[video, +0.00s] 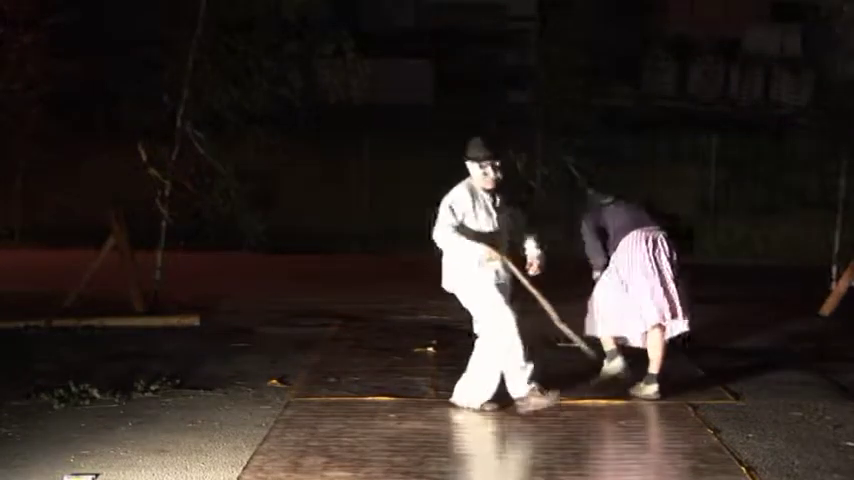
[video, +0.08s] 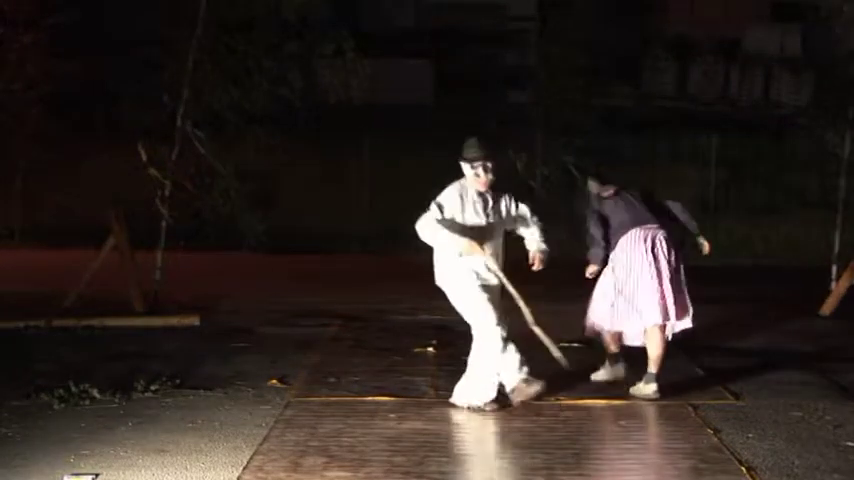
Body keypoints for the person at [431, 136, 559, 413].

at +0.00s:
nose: (491, 175)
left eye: (496, 167)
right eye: (484, 169)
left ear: (502, 168)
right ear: (470, 169)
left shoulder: (503, 197)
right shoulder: (458, 198)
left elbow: (521, 226)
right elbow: (442, 234)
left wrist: (532, 249)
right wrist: (480, 251)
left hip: (499, 273)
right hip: (467, 276)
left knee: (493, 331)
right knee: (503, 322)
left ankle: (469, 395)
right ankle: (525, 391)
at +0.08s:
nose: (484, 177)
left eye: (488, 170)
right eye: (477, 172)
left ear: (494, 169)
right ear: (466, 170)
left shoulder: (501, 201)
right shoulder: (454, 195)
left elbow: (527, 221)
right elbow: (425, 226)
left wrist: (536, 247)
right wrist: (461, 244)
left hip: (490, 274)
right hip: (457, 274)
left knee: (491, 329)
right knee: (487, 323)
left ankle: (472, 393)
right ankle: (517, 382)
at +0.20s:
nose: (468, 168)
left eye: (473, 162)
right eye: (461, 163)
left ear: (481, 162)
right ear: (453, 162)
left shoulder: (496, 188)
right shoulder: (441, 186)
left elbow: (529, 203)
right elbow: (403, 206)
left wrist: (543, 233)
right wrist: (433, 237)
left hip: (479, 268)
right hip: (445, 265)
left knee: (479, 323)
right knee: (461, 316)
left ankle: (467, 391)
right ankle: (479, 374)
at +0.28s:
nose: (460, 164)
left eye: (465, 158)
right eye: (453, 159)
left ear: (473, 157)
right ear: (444, 157)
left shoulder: (490, 182)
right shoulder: (429, 181)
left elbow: (523, 195)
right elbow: (389, 199)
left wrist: (538, 230)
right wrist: (410, 230)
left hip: (473, 267)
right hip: (439, 264)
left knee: (466, 328)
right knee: (442, 321)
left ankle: (468, 390)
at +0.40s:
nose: (449, 169)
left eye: (455, 163)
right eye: (443, 163)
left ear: (463, 163)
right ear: (433, 162)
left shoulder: (480, 190)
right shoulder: (415, 190)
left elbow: (513, 207)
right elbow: (372, 206)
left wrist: (520, 242)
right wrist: (385, 238)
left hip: (465, 277)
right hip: (426, 276)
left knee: (462, 336)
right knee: (416, 331)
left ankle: (458, 396)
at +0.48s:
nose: (447, 177)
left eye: (452, 171)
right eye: (440, 171)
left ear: (458, 172)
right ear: (427, 169)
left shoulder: (468, 202)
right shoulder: (407, 199)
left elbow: (501, 222)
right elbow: (368, 219)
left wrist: (509, 258)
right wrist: (373, 250)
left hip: (457, 289)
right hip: (415, 288)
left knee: (461, 345)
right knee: (401, 342)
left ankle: (460, 396)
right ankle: (371, 400)